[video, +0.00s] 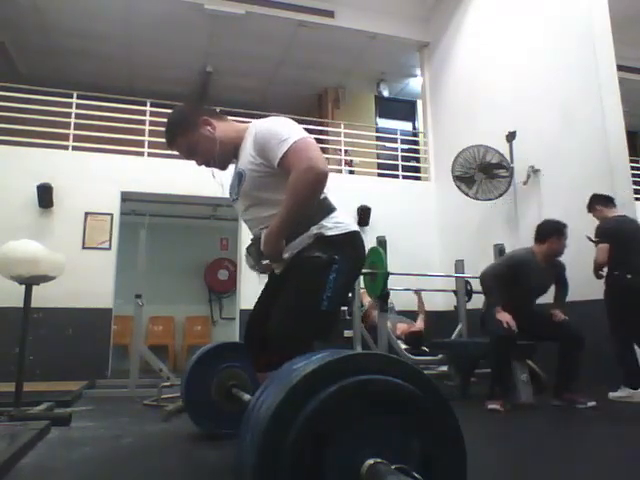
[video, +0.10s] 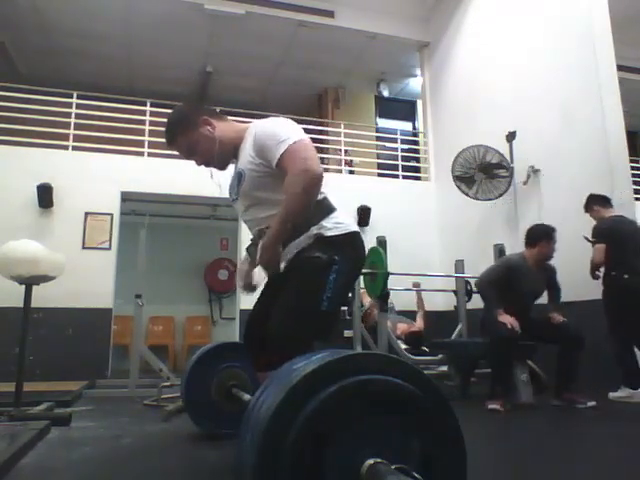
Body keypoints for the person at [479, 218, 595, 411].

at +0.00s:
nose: (564, 245)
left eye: (564, 240)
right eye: (561, 240)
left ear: (551, 242)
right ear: (548, 241)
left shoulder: (556, 267)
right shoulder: (519, 259)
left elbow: (562, 286)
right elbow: (486, 276)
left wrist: (558, 307)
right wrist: (497, 310)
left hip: (527, 314)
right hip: (500, 315)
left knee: (571, 334)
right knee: (503, 335)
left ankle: (564, 392)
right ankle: (497, 397)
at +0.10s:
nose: (553, 250)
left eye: (553, 245)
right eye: (550, 245)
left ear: (544, 246)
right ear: (537, 245)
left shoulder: (547, 271)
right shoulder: (511, 264)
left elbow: (554, 292)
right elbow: (483, 283)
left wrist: (555, 311)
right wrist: (498, 313)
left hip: (526, 321)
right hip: (499, 321)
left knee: (571, 335)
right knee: (503, 335)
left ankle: (564, 392)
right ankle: (497, 397)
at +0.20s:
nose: (544, 246)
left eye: (543, 241)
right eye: (541, 241)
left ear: (530, 244)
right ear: (531, 243)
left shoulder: (536, 270)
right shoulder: (502, 265)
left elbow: (544, 295)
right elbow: (480, 288)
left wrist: (550, 312)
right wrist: (503, 315)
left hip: (526, 322)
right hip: (498, 323)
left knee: (568, 333)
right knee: (508, 337)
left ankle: (564, 392)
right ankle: (497, 397)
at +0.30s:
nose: (533, 244)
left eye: (533, 239)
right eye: (531, 239)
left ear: (519, 241)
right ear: (521, 240)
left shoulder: (527, 266)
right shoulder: (497, 263)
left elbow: (533, 294)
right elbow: (482, 289)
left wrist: (545, 312)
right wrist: (507, 314)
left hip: (522, 319)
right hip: (496, 321)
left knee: (567, 334)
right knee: (511, 338)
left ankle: (564, 392)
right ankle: (498, 396)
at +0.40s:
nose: (524, 244)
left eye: (524, 240)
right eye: (523, 240)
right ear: (515, 241)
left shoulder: (523, 265)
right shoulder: (492, 262)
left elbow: (526, 295)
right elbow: (484, 289)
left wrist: (540, 313)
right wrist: (509, 313)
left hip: (526, 320)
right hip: (498, 321)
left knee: (569, 334)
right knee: (513, 338)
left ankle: (564, 392)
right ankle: (498, 396)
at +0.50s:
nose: (517, 245)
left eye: (516, 240)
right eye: (515, 240)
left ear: (499, 241)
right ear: (509, 240)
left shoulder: (514, 267)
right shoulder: (489, 260)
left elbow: (519, 300)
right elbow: (485, 287)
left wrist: (537, 314)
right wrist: (510, 312)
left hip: (522, 320)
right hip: (497, 320)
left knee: (568, 333)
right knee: (513, 337)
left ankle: (564, 392)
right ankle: (497, 396)